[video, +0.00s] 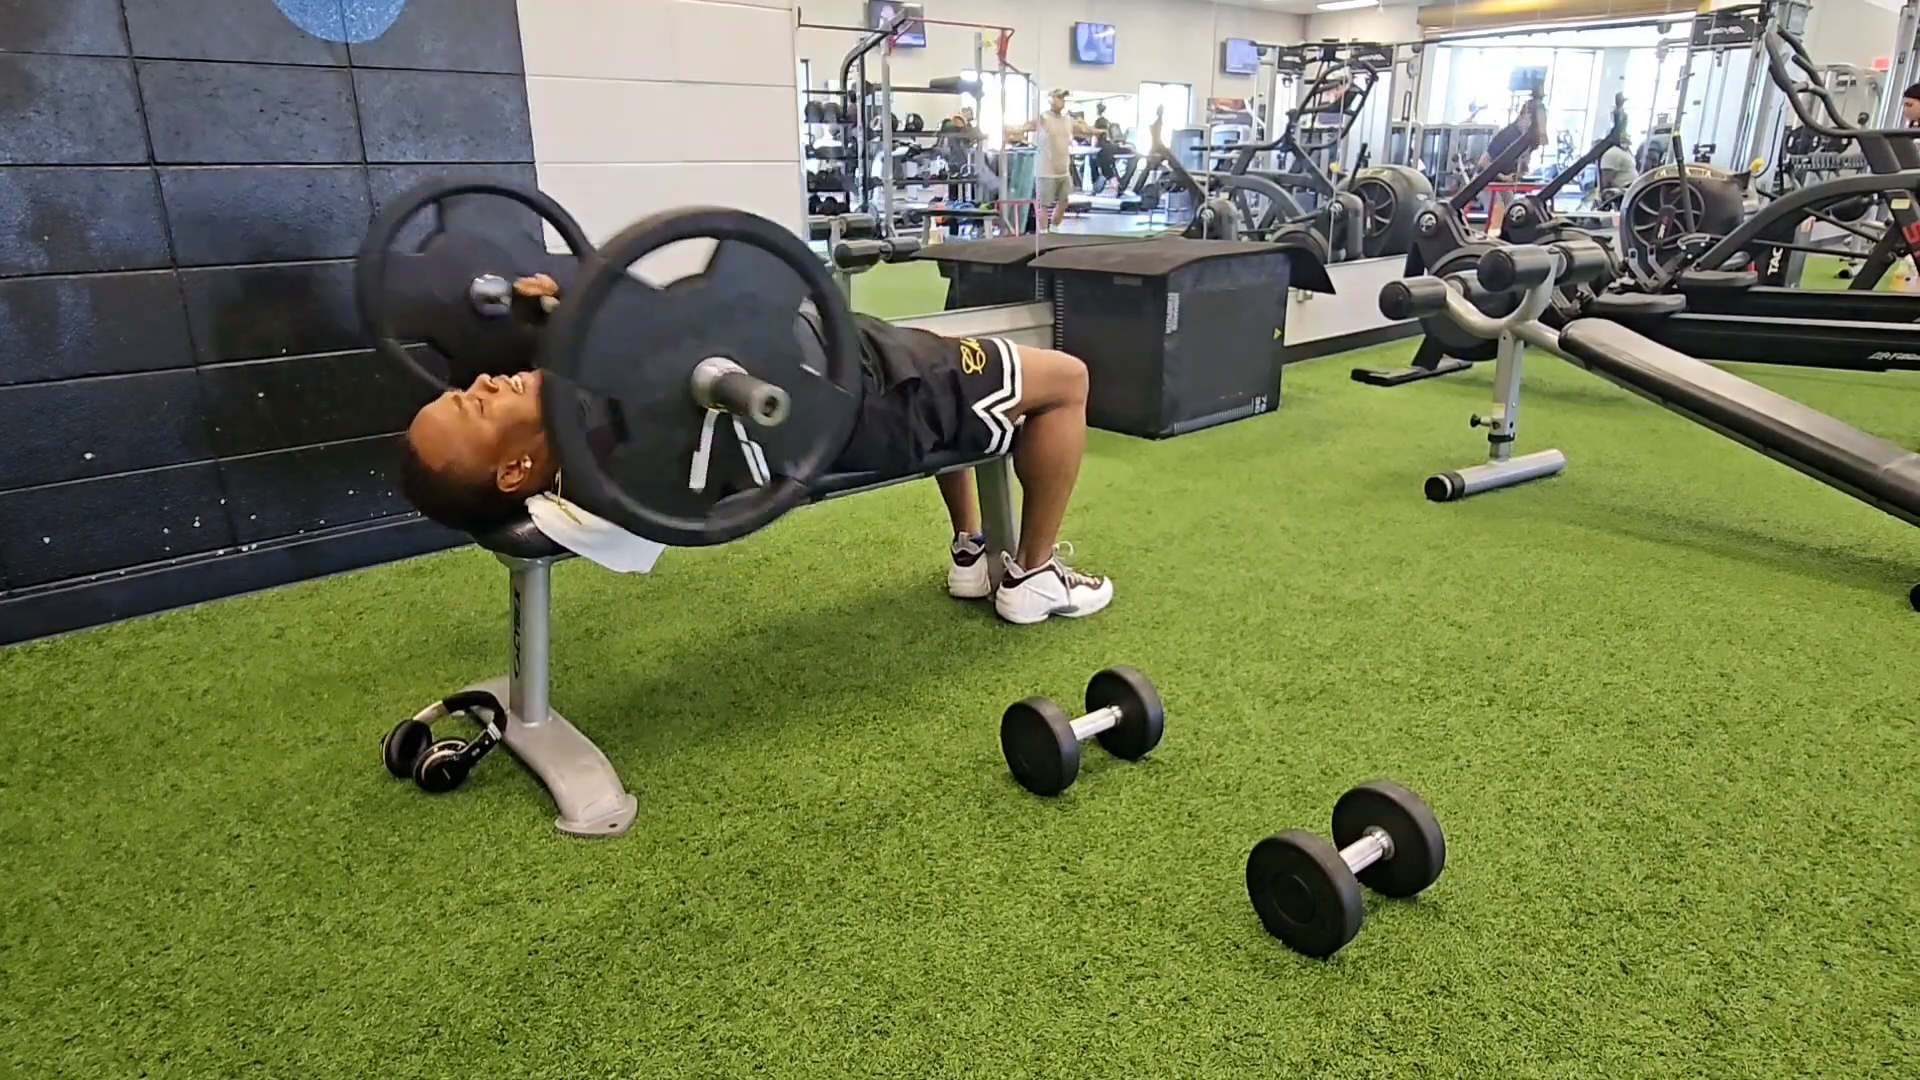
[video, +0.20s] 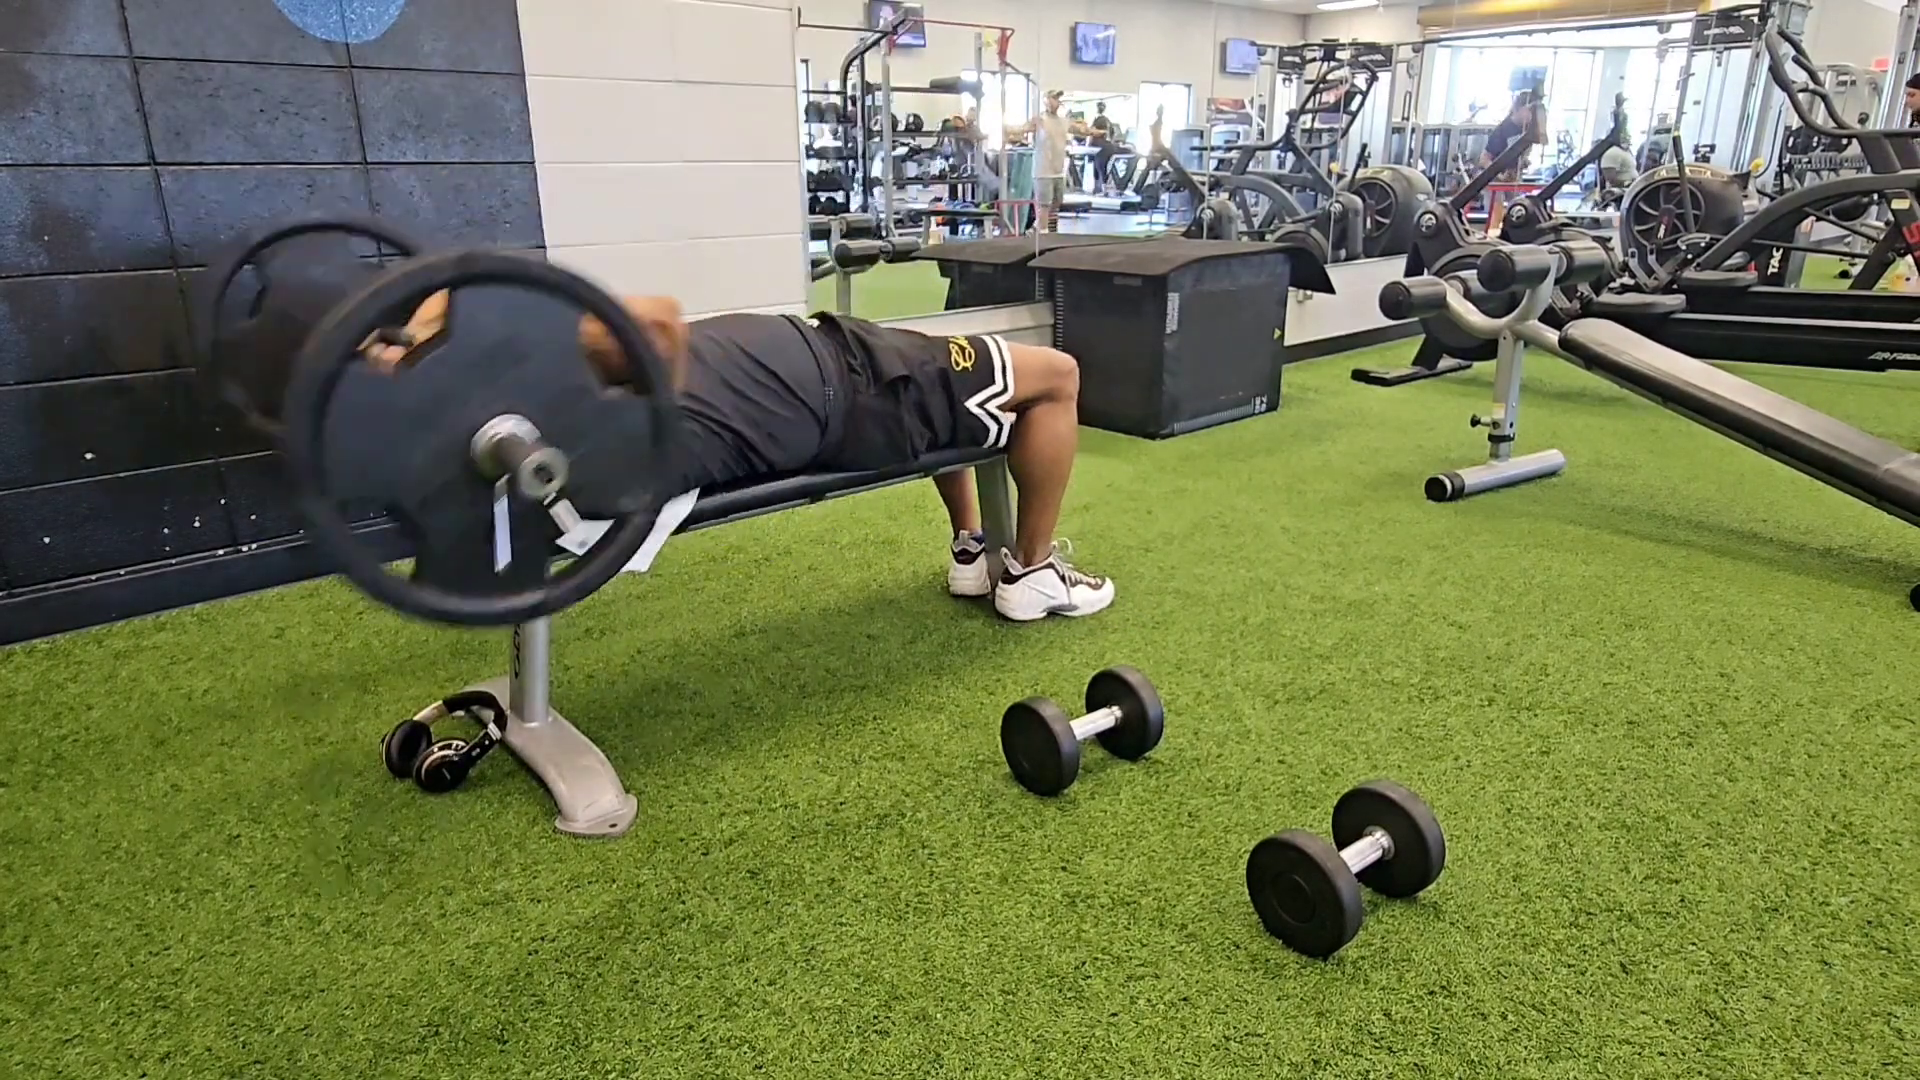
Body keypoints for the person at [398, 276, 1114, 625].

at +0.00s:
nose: (493, 379)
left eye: (472, 386)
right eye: (485, 403)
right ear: (517, 469)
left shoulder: (554, 400)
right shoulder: (615, 457)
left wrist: (553, 301)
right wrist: (576, 309)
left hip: (800, 349)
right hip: (856, 404)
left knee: (940, 343)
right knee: (1067, 379)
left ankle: (972, 543)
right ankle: (1036, 574)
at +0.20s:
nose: (416, 337)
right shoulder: (609, 443)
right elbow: (665, 326)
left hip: (777, 350)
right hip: (846, 388)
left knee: (926, 348)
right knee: (1056, 375)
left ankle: (972, 544)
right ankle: (1035, 570)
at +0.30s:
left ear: (501, 421)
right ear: (542, 441)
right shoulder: (627, 462)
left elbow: (445, 286)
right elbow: (577, 332)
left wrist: (360, 399)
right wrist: (452, 384)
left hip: (777, 340)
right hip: (845, 388)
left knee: (928, 362)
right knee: (1056, 372)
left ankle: (972, 540)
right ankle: (1035, 563)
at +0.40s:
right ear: (512, 485)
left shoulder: (467, 412)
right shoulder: (599, 459)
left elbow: (397, 317)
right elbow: (525, 360)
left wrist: (353, 466)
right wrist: (403, 461)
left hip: (779, 342)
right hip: (840, 385)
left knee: (926, 351)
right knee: (1055, 371)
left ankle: (969, 543)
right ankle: (1033, 566)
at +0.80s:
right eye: (552, 370)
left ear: (494, 444)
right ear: (526, 454)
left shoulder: (506, 409)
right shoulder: (622, 459)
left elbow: (417, 304)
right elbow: (541, 329)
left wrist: (361, 453)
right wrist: (442, 431)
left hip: (779, 340)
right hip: (843, 386)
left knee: (925, 353)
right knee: (1053, 369)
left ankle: (970, 541)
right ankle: (1034, 568)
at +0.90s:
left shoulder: (453, 421)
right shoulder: (591, 453)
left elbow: (474, 282)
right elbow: (610, 321)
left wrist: (387, 382)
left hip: (761, 345)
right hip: (821, 385)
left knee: (918, 353)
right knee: (1046, 370)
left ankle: (968, 547)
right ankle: (1041, 574)